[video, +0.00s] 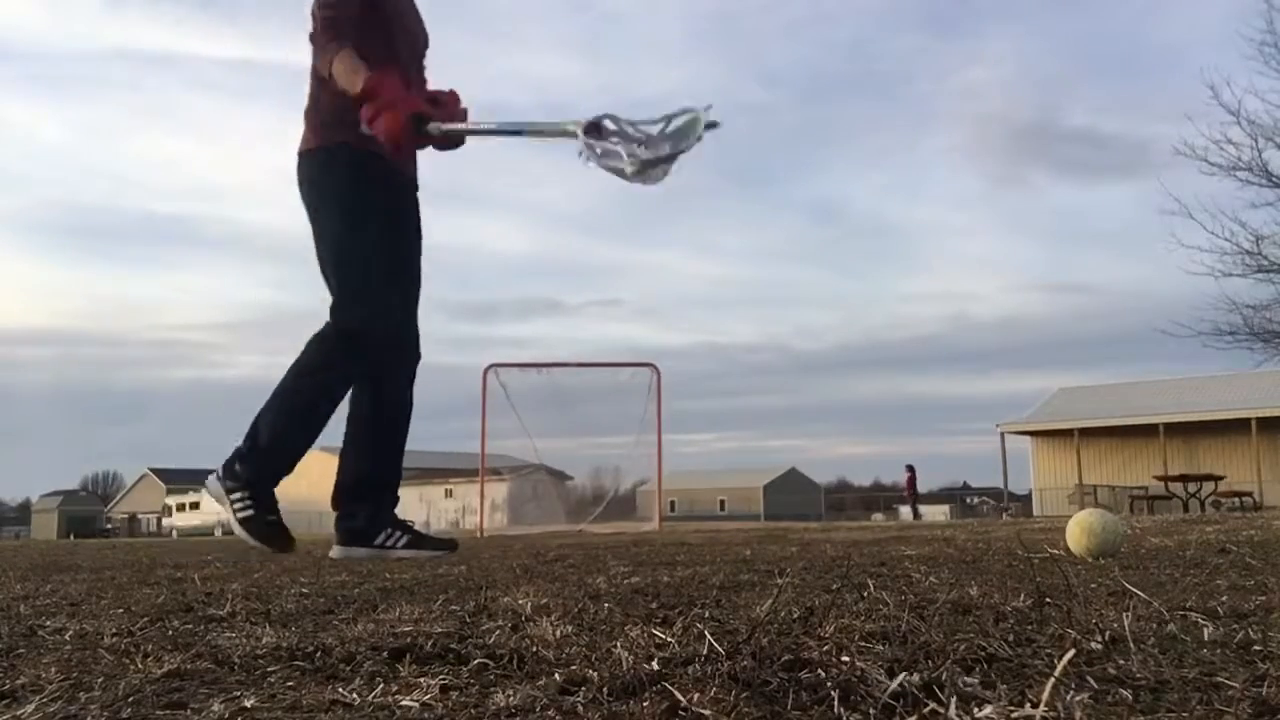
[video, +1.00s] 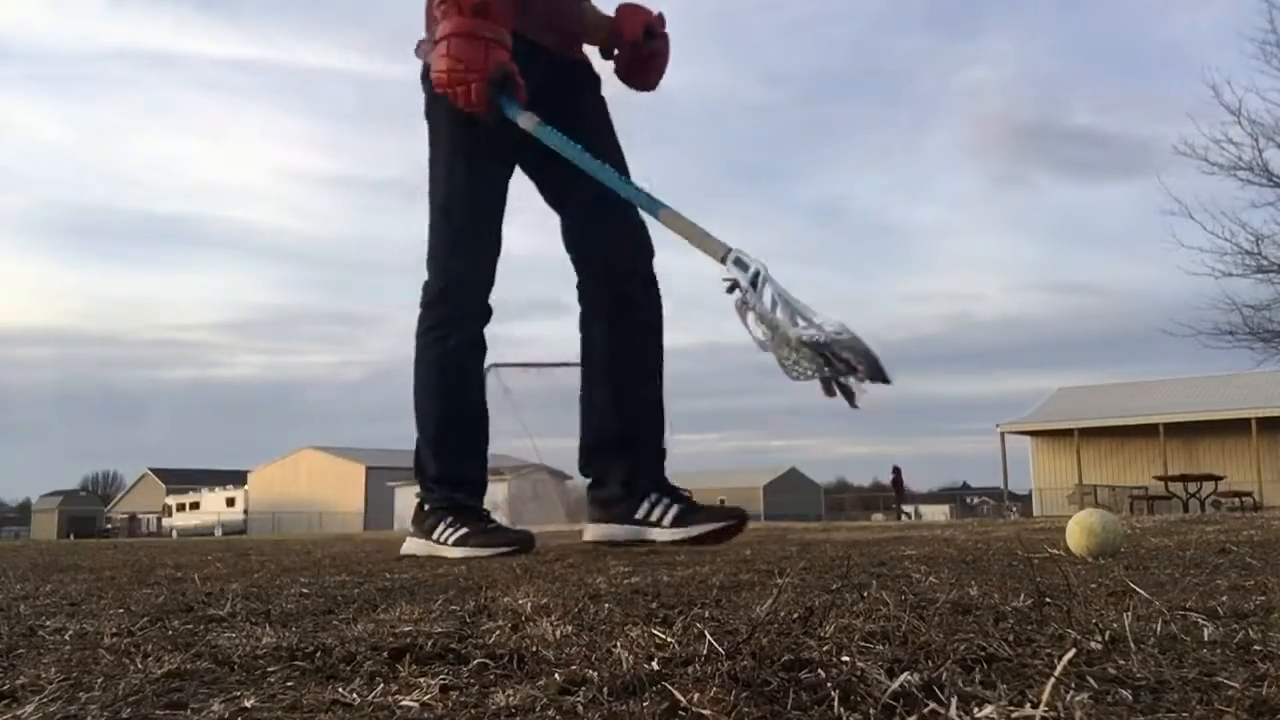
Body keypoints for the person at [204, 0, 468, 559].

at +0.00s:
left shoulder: (406, 19)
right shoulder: (345, 2)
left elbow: (401, 90)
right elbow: (330, 46)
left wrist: (433, 117)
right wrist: (379, 94)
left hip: (389, 170)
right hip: (342, 158)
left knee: (396, 346)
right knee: (361, 325)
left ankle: (366, 522)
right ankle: (245, 476)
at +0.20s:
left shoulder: (444, 12)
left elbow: (443, 65)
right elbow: (319, 7)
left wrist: (469, 146)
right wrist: (323, 69)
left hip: (421, 148)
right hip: (372, 129)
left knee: (408, 332)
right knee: (383, 316)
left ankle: (375, 511)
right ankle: (342, 504)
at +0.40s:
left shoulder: (481, 13)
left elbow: (485, 90)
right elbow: (316, 8)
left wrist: (511, 188)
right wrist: (321, 88)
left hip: (448, 148)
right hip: (396, 129)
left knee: (414, 320)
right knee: (417, 315)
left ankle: (363, 511)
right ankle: (434, 497)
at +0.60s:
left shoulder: (509, 10)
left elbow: (514, 59)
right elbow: (346, 4)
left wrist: (534, 158)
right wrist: (341, 87)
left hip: (482, 115)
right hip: (426, 92)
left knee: (474, 313)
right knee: (458, 304)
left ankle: (388, 482)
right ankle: (445, 508)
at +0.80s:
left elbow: (529, 18)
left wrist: (572, 93)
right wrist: (422, 37)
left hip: (524, 78)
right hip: (449, 53)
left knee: (570, 282)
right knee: (453, 287)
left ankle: (471, 474)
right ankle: (440, 502)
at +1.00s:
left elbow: (551, 13)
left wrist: (612, 30)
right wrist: (465, 21)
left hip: (561, 63)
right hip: (474, 45)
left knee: (621, 264)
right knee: (459, 286)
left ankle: (626, 491)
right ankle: (445, 504)